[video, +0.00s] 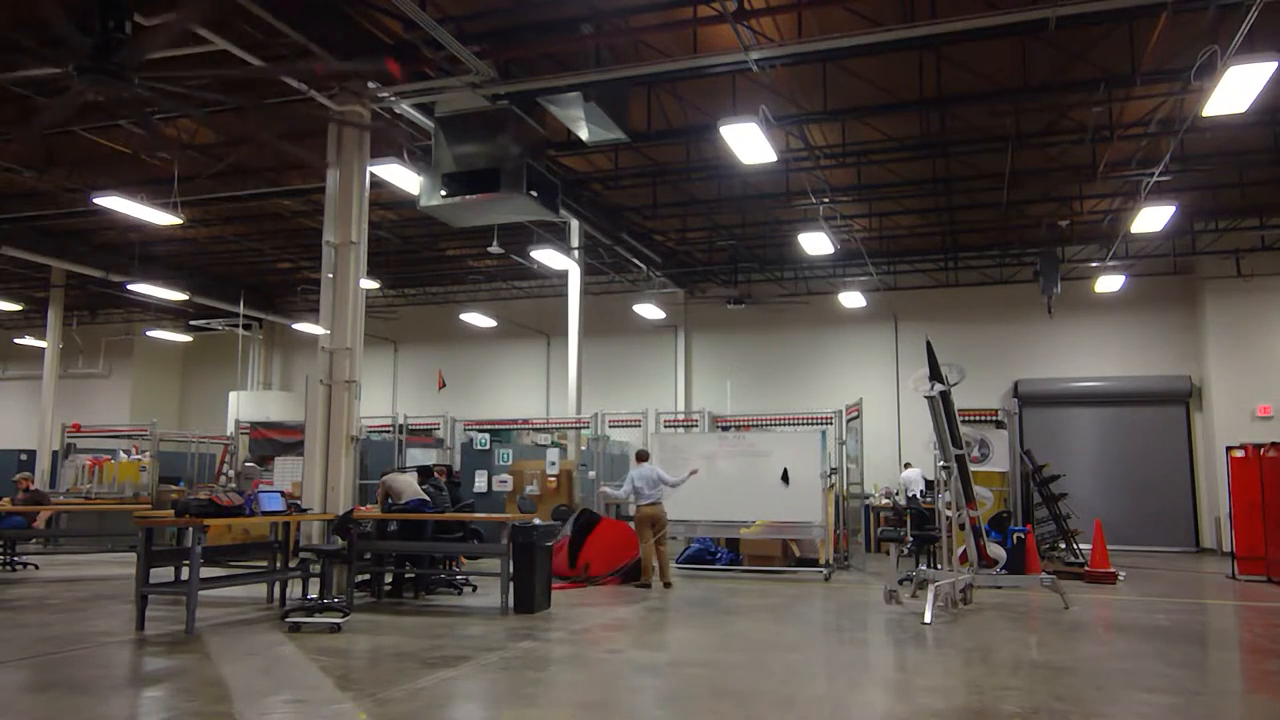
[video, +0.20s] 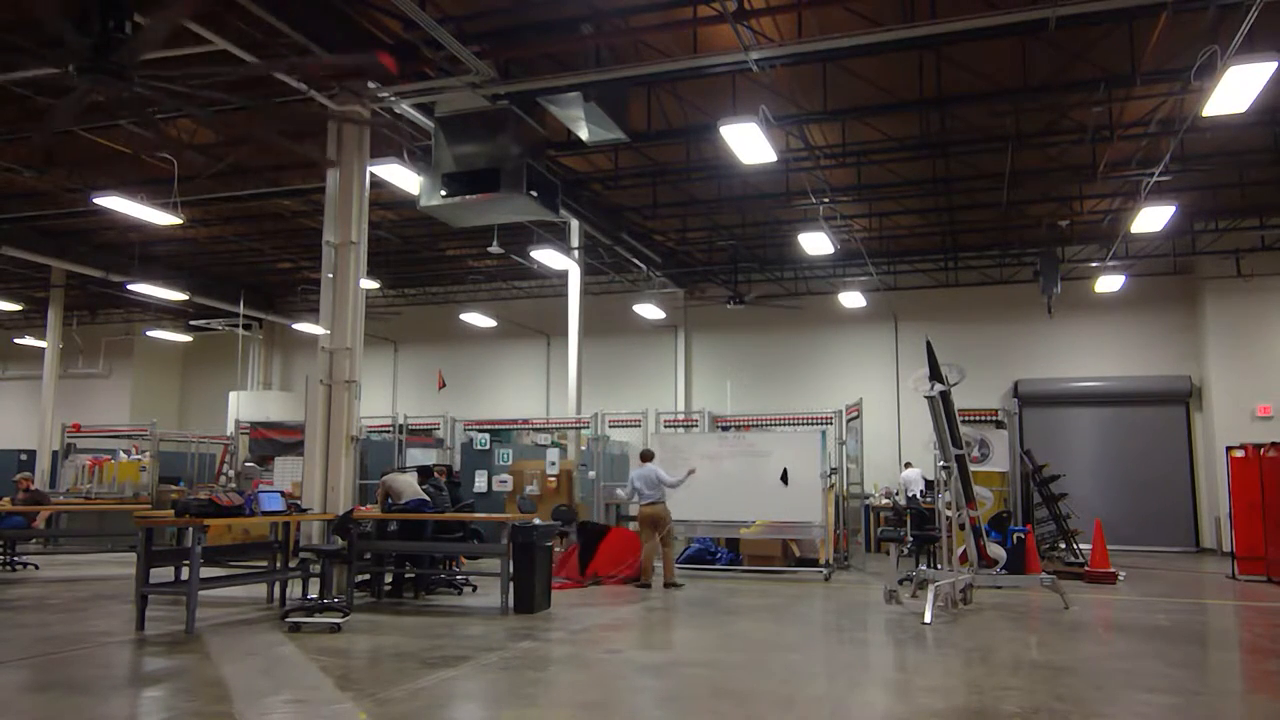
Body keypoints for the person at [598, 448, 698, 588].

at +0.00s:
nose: (636, 461)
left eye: (636, 459)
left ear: (636, 460)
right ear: (648, 459)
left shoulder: (633, 473)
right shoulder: (655, 470)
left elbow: (623, 495)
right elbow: (672, 483)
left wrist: (607, 490)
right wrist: (688, 475)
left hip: (642, 508)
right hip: (658, 507)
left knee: (646, 544)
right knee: (661, 544)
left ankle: (646, 580)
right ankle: (666, 580)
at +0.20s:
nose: (652, 460)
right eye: (652, 458)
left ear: (640, 459)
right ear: (653, 459)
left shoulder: (634, 474)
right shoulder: (655, 470)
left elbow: (629, 496)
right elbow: (671, 483)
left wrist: (620, 494)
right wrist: (687, 475)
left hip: (644, 508)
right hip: (659, 506)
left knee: (648, 545)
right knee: (667, 545)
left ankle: (646, 580)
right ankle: (669, 579)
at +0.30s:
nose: (656, 461)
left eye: (656, 459)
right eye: (656, 459)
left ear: (643, 459)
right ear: (654, 459)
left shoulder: (636, 475)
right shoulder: (655, 470)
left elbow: (631, 498)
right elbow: (670, 483)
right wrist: (685, 473)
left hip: (646, 508)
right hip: (661, 507)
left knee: (649, 545)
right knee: (668, 545)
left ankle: (646, 579)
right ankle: (668, 579)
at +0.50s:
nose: (667, 460)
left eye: (667, 457)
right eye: (666, 457)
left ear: (654, 459)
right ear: (661, 458)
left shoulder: (649, 473)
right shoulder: (660, 468)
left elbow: (647, 494)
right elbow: (668, 484)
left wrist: (648, 508)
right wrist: (677, 472)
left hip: (654, 507)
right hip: (667, 507)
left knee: (653, 547)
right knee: (672, 547)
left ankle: (646, 579)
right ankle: (669, 579)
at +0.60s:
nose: (671, 460)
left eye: (671, 458)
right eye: (670, 458)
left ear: (659, 459)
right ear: (665, 458)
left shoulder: (658, 470)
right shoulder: (663, 470)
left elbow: (660, 488)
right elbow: (664, 486)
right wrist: (671, 474)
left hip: (660, 507)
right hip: (669, 507)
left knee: (659, 547)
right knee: (672, 546)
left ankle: (649, 578)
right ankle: (669, 579)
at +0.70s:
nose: (675, 461)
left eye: (675, 458)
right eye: (673, 458)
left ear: (672, 460)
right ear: (666, 459)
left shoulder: (672, 475)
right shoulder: (662, 474)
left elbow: (674, 493)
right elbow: (662, 488)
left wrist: (687, 497)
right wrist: (666, 474)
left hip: (674, 507)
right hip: (667, 507)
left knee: (670, 545)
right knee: (672, 546)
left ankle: (658, 576)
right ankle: (667, 579)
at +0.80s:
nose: (678, 459)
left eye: (678, 457)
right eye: (675, 457)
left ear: (678, 459)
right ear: (668, 458)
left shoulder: (677, 475)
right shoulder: (666, 472)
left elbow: (682, 496)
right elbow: (659, 490)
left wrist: (697, 496)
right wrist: (660, 475)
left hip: (678, 508)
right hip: (669, 508)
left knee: (680, 546)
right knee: (674, 546)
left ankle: (670, 578)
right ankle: (668, 579)